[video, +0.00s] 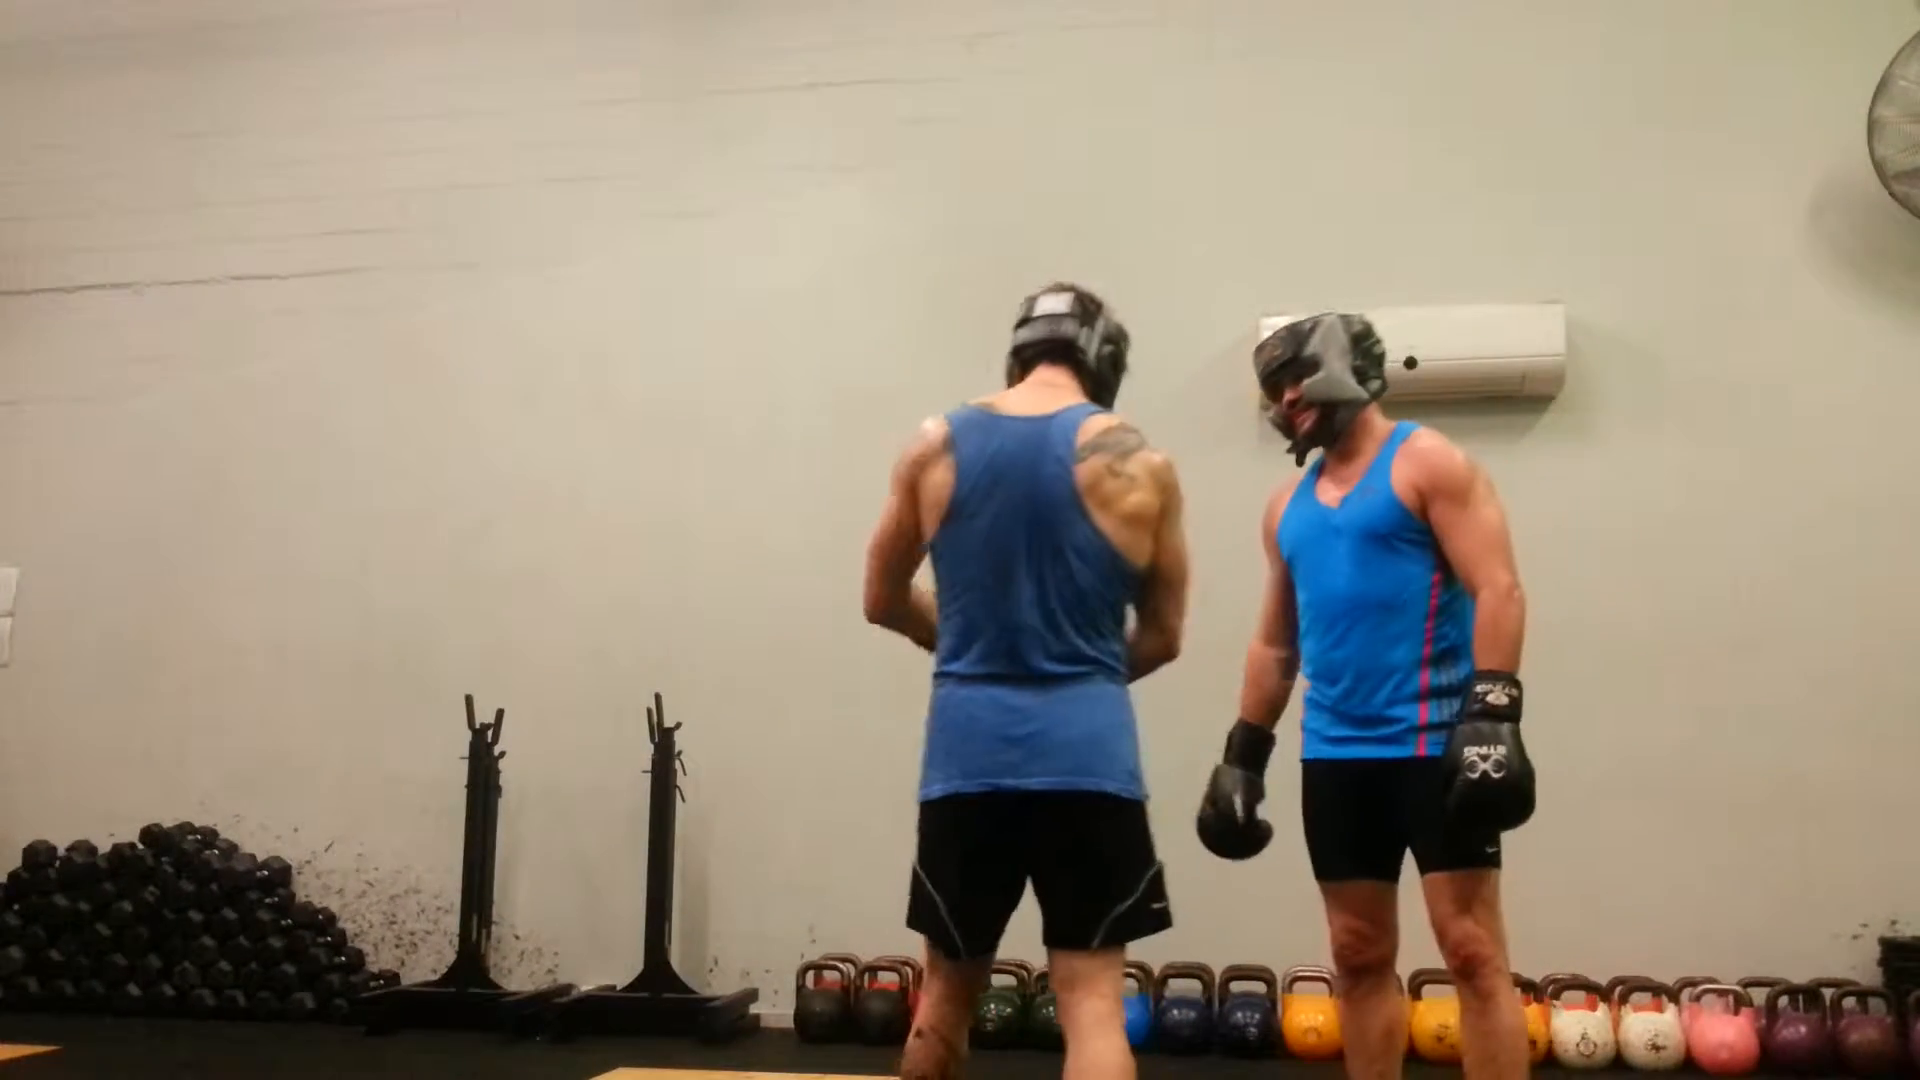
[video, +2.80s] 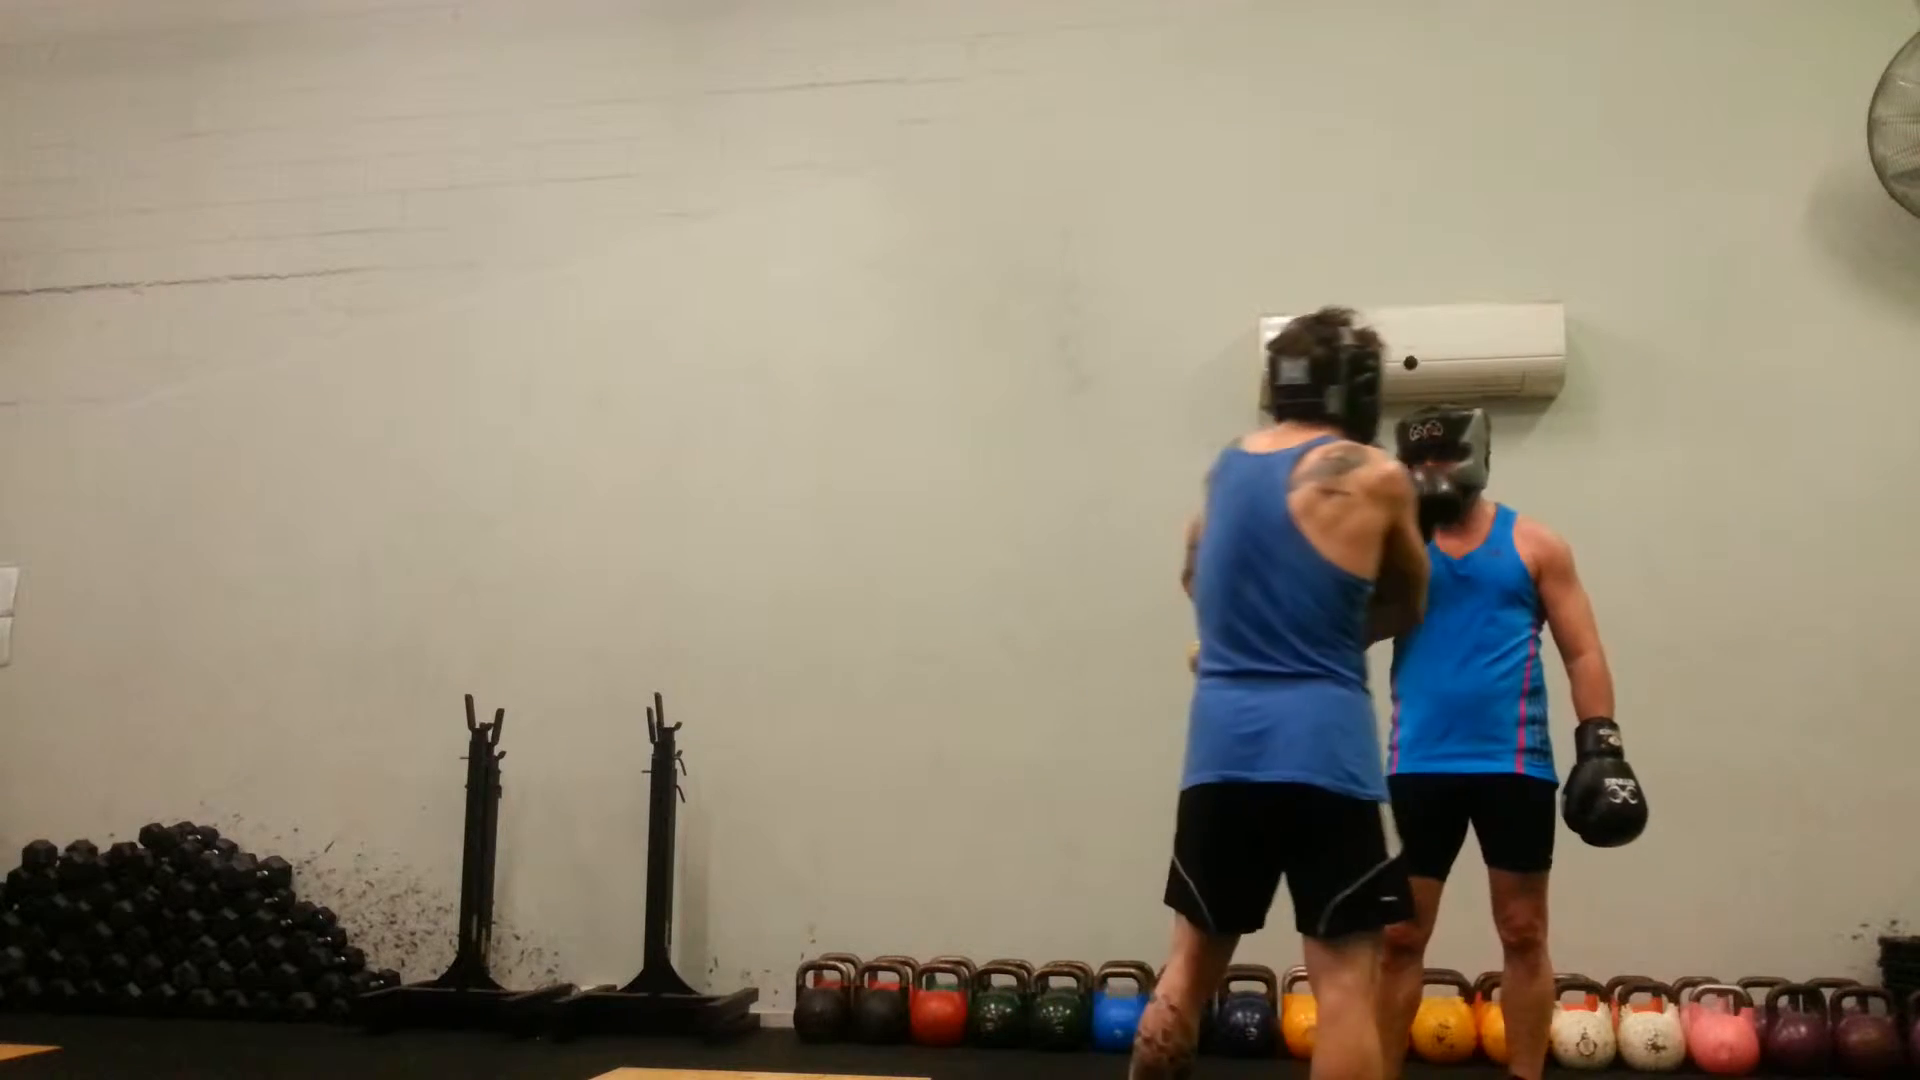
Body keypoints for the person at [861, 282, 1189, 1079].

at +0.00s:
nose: (1116, 372)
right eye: (1116, 361)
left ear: (1015, 356)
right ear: (1105, 359)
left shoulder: (936, 446)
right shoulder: (1140, 464)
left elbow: (885, 598)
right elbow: (1161, 640)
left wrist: (971, 643)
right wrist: (1080, 666)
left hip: (968, 768)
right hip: (1089, 770)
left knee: (941, 1009)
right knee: (1093, 1005)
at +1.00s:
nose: (1119, 376)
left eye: (1112, 361)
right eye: (1113, 363)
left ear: (1014, 372)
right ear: (1100, 373)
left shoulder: (952, 462)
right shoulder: (1111, 483)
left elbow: (891, 566)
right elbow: (1124, 657)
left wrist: (980, 608)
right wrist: (1161, 743)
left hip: (962, 758)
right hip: (1072, 764)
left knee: (955, 973)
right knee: (1100, 986)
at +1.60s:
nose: (1223, 408)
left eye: (1225, 397)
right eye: (1224, 395)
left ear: (1130, 382)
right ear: (1207, 387)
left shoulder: (1057, 451)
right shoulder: (1221, 486)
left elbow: (986, 535)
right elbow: (1247, 649)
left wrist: (1073, 564)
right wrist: (1220, 727)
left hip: (1054, 751)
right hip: (1157, 758)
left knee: (1075, 952)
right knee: (1143, 979)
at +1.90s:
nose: (1228, 423)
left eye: (1230, 413)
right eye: (1228, 411)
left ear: (1140, 396)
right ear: (1209, 404)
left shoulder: (1075, 464)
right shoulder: (1223, 479)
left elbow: (1031, 554)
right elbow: (1255, 627)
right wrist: (1201, 693)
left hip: (1076, 760)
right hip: (1171, 765)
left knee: (1118, 967)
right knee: (1172, 984)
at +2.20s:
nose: (1231, 443)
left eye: (1235, 433)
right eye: (1232, 429)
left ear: (1143, 404)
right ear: (1210, 410)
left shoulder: (1080, 478)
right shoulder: (1215, 470)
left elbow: (1112, 616)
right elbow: (1263, 616)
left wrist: (1223, 649)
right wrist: (1196, 655)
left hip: (1097, 762)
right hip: (1192, 760)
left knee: (1134, 957)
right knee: (1269, 953)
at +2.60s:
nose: (1314, 409)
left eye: (1310, 397)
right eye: (1309, 396)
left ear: (1218, 395)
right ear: (1294, 399)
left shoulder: (1165, 477)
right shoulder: (1300, 478)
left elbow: (1201, 613)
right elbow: (1348, 620)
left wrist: (1301, 646)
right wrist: (1258, 637)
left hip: (1172, 757)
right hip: (1272, 759)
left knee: (1175, 963)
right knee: (1318, 973)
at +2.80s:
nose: (1381, 391)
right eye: (1374, 378)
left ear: (1276, 383)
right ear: (1359, 387)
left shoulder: (1229, 465)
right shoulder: (1380, 477)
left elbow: (1196, 577)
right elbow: (1403, 606)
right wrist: (1302, 633)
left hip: (1221, 755)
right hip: (1327, 759)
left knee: (1190, 960)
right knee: (1344, 983)